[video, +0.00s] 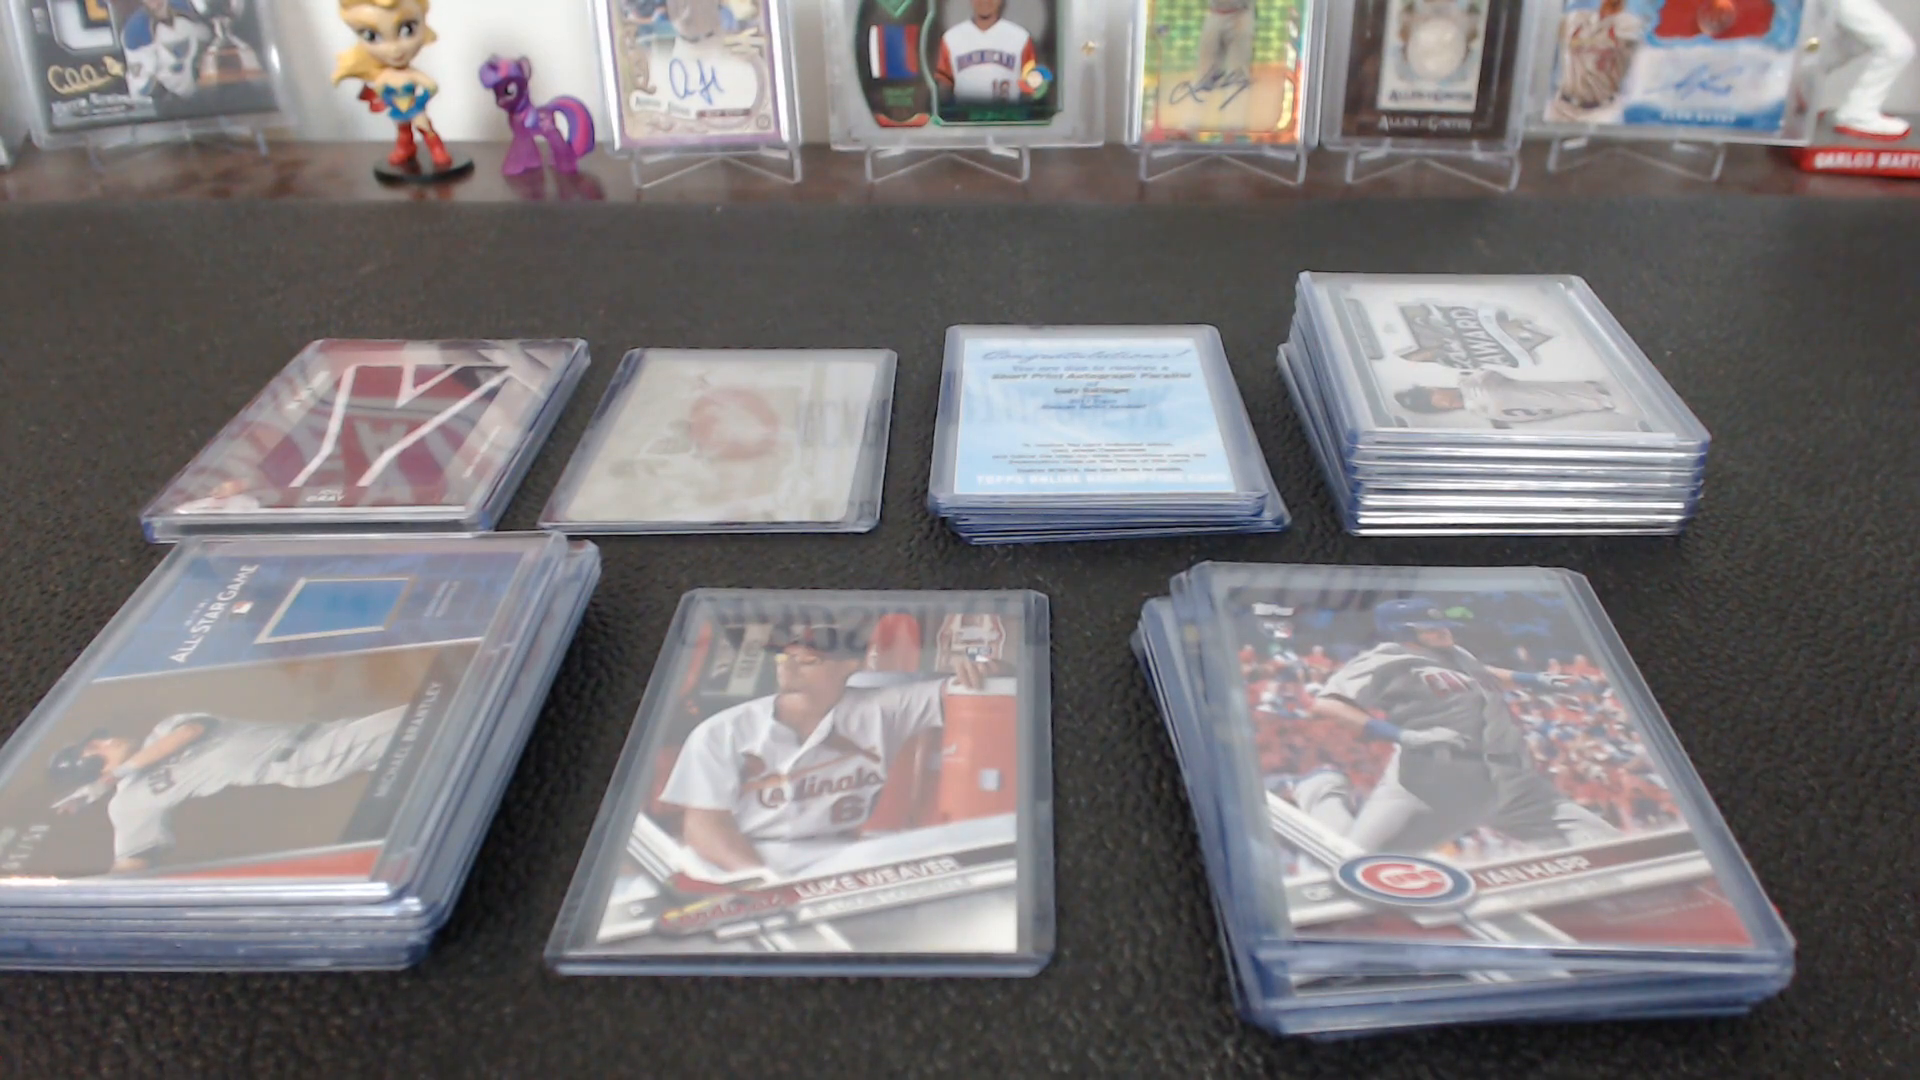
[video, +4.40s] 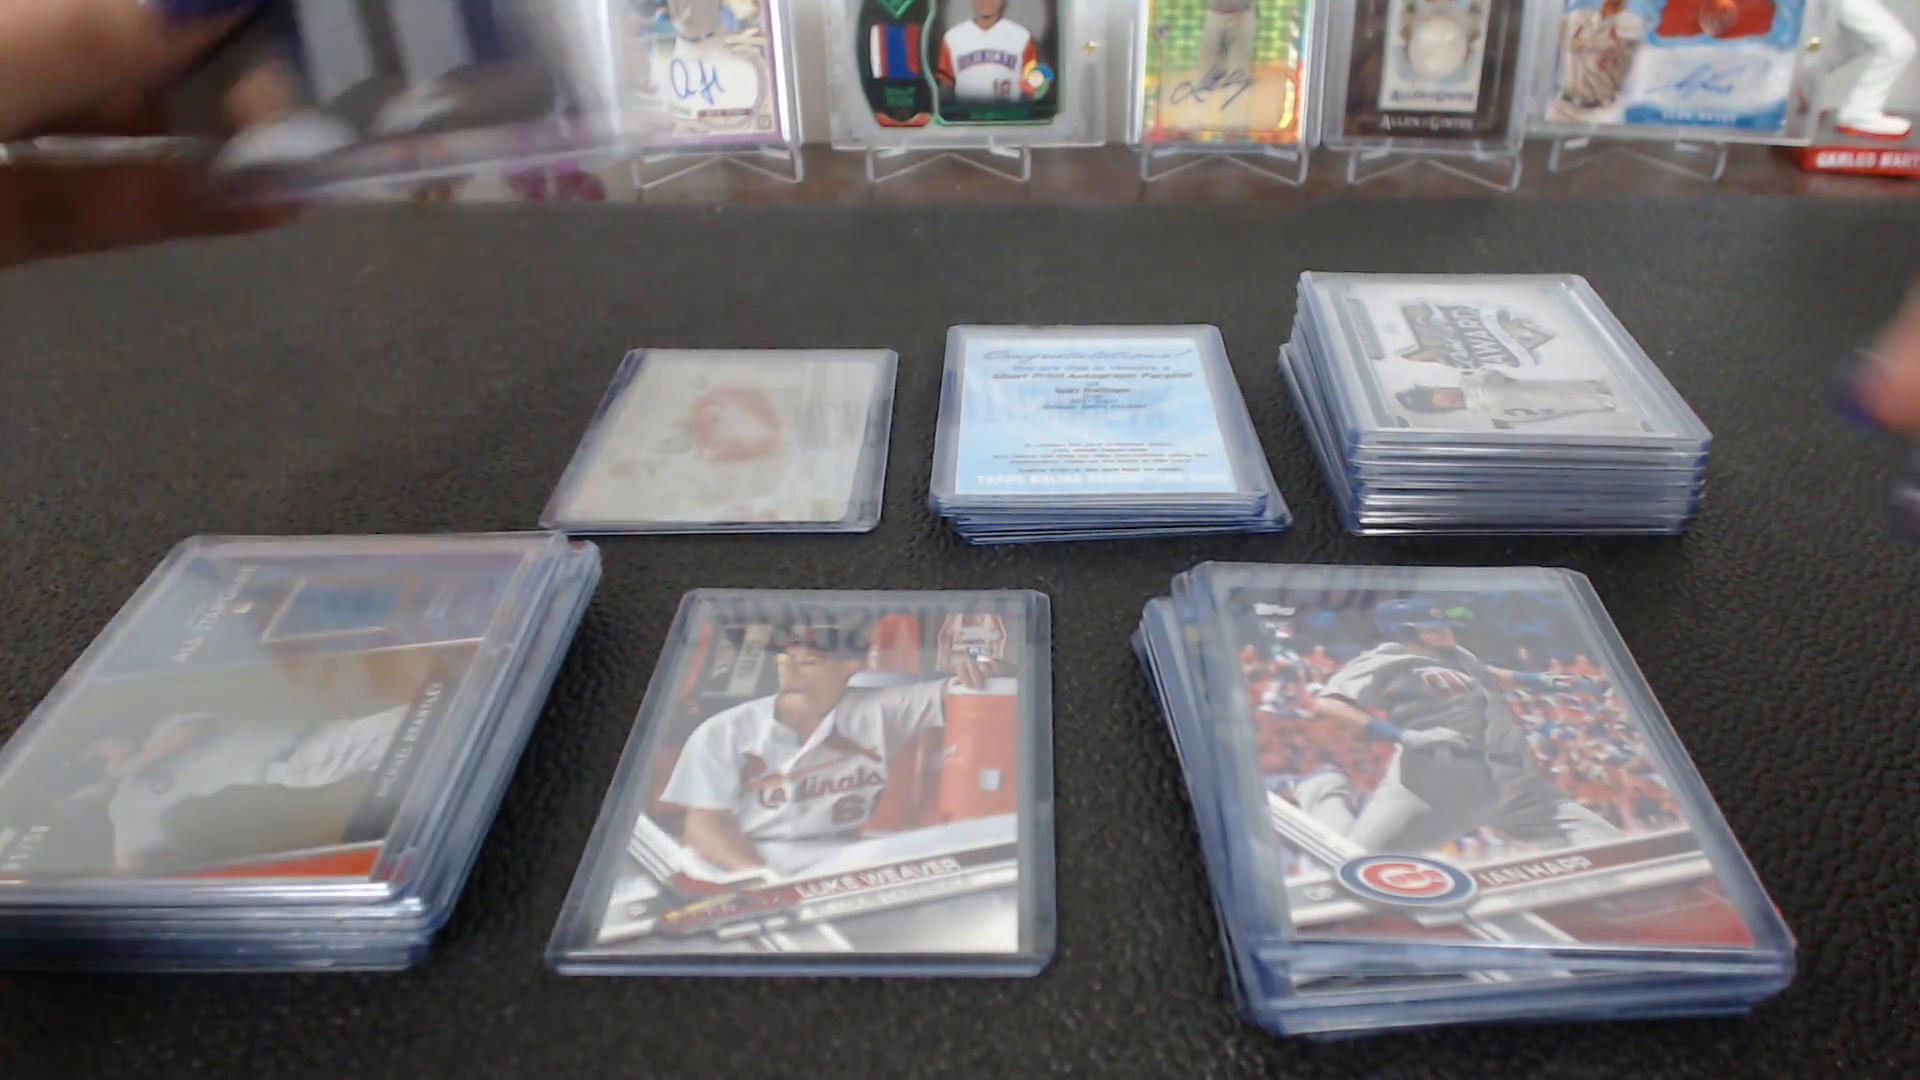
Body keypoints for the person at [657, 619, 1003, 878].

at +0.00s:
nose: (800, 654)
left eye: (821, 646)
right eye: (790, 643)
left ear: (854, 662)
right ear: (776, 655)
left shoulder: (876, 713)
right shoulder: (720, 735)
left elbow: (959, 690)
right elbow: (703, 830)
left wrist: (972, 674)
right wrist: (768, 884)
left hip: (830, 868)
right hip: (730, 873)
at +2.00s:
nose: (793, 660)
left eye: (814, 650)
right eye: (786, 648)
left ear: (853, 664)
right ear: (775, 657)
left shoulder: (875, 714)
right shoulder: (720, 736)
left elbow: (957, 690)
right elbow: (703, 829)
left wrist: (973, 672)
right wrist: (768, 884)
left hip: (827, 868)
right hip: (729, 871)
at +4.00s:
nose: (793, 658)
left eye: (814, 650)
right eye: (786, 646)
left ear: (853, 663)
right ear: (776, 655)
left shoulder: (874, 715)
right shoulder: (720, 735)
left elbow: (955, 692)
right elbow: (703, 831)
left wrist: (976, 674)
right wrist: (768, 885)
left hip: (829, 869)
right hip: (732, 875)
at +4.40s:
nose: (794, 657)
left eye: (816, 650)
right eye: (788, 645)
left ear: (854, 664)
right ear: (777, 654)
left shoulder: (875, 714)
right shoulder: (722, 735)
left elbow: (955, 692)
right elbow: (703, 830)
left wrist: (975, 675)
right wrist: (770, 884)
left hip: (826, 874)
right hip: (725, 879)